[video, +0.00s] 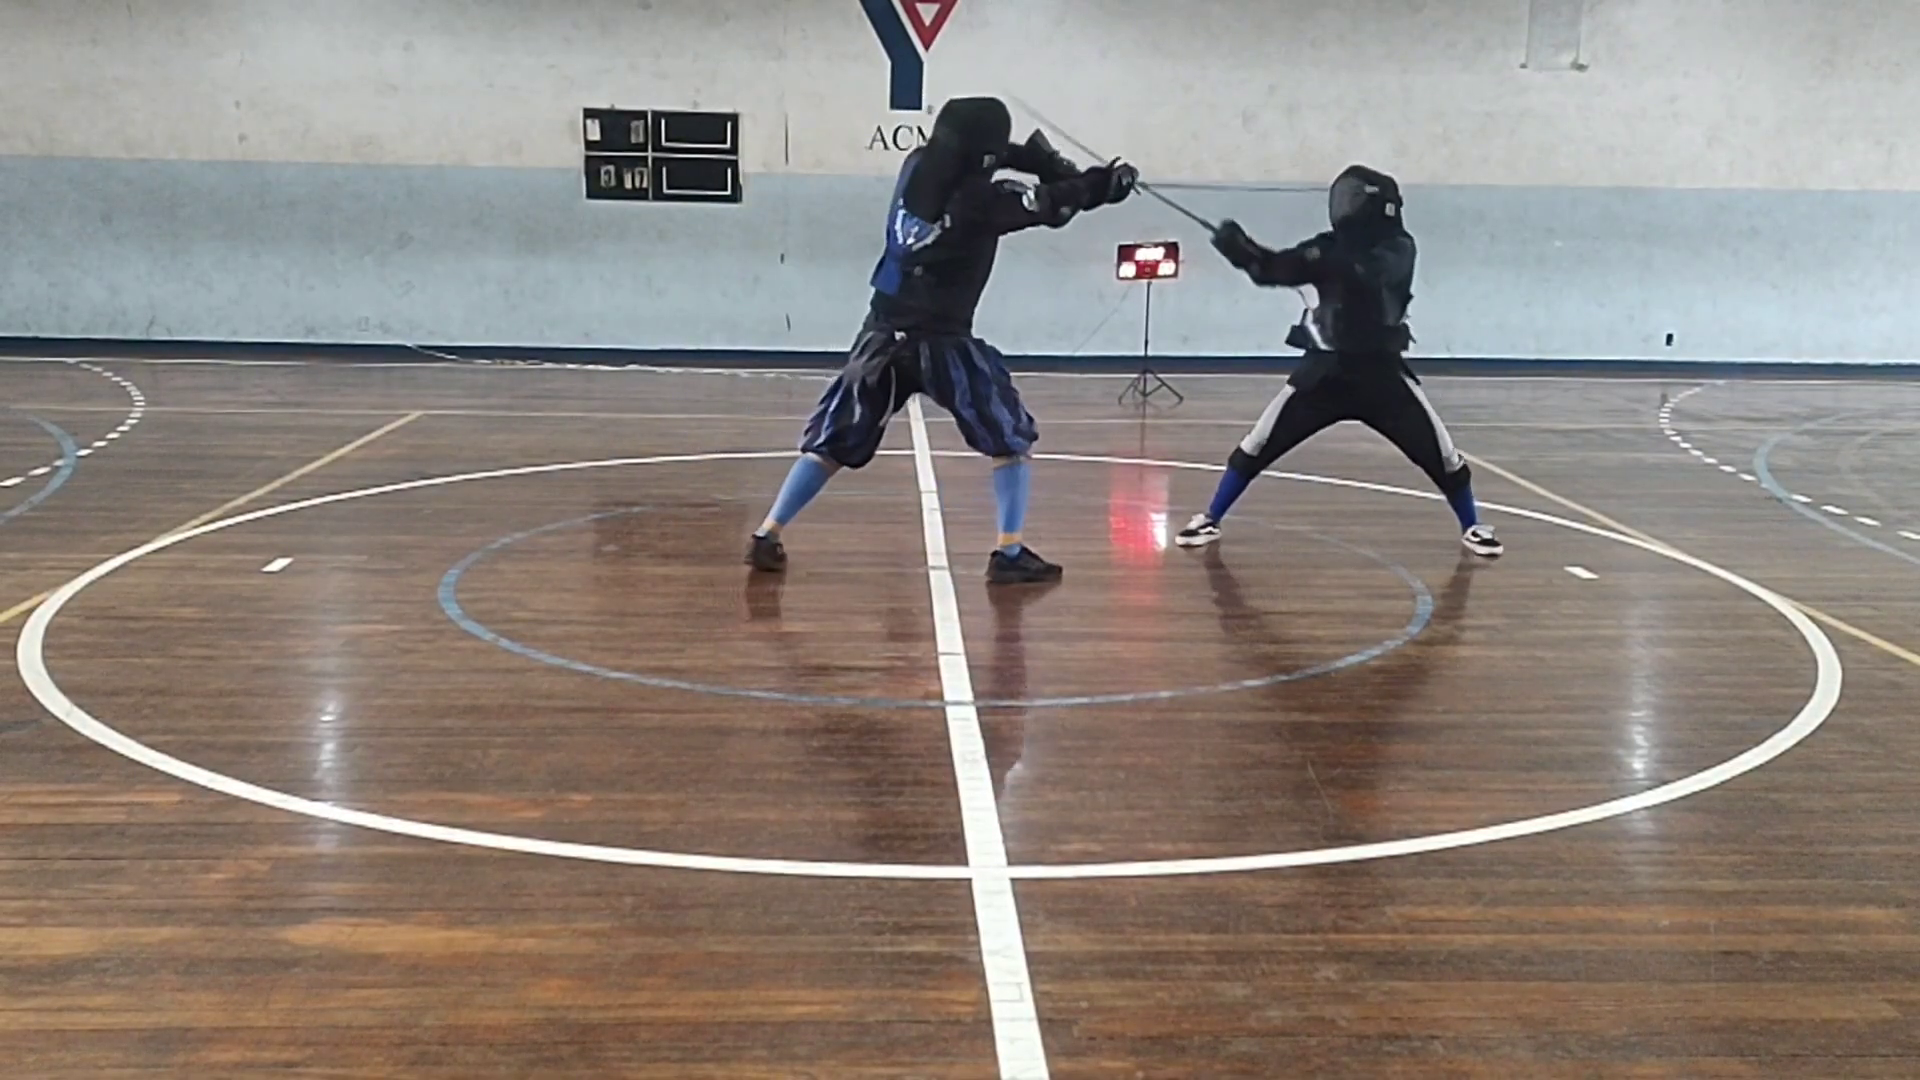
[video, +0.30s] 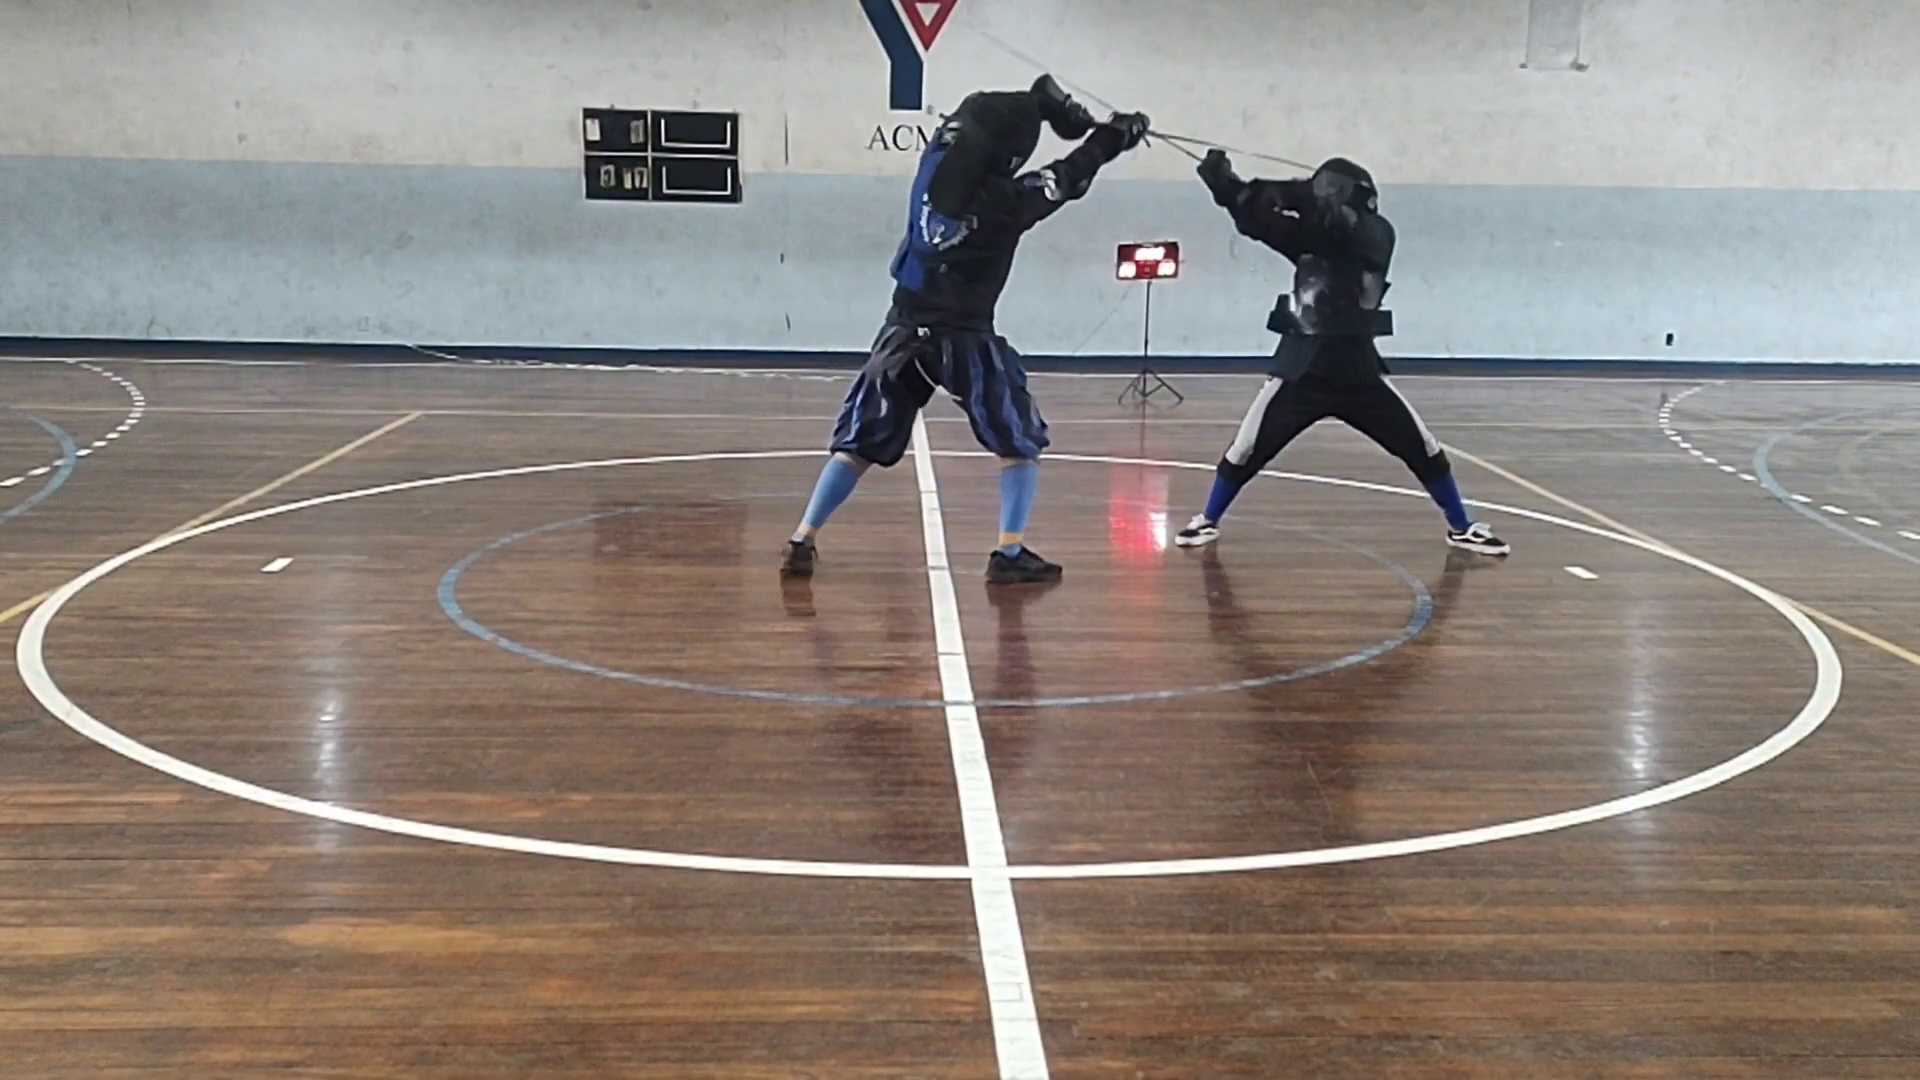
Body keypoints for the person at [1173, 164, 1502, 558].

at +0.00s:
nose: (1343, 206)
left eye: (1353, 198)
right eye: (1341, 198)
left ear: (1376, 204)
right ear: (1340, 205)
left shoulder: (1399, 247)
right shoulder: (1328, 246)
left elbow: (1358, 270)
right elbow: (1277, 270)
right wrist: (1244, 252)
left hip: (1383, 374)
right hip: (1322, 373)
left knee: (1442, 455)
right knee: (1258, 445)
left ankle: (1472, 527)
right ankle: (1210, 519)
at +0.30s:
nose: (1322, 198)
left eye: (1330, 191)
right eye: (1320, 191)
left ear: (1350, 193)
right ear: (1319, 192)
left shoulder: (1379, 234)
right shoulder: (1305, 232)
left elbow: (1335, 221)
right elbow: (1255, 219)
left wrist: (1307, 192)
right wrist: (1225, 185)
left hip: (1359, 372)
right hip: (1300, 371)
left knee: (1424, 451)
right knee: (1247, 449)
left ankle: (1461, 528)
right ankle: (1208, 521)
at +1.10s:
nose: (1324, 175)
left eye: (1336, 166)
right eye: (1319, 165)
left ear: (1355, 174)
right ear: (1310, 169)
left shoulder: (1368, 216)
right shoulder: (1291, 213)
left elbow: (1362, 240)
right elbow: (1246, 259)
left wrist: (1316, 211)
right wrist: (1233, 225)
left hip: (1337, 347)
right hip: (1278, 343)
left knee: (1372, 439)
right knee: (1237, 431)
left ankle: (1391, 523)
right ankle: (1207, 518)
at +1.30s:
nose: (1327, 180)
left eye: (1338, 171)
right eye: (1322, 171)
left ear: (1361, 177)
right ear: (1313, 176)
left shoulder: (1379, 224)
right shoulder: (1303, 227)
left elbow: (1422, 241)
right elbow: (1286, 299)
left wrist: (1362, 223)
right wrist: (1296, 250)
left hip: (1344, 351)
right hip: (1289, 345)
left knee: (1352, 443)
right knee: (1241, 430)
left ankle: (1375, 524)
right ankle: (1206, 515)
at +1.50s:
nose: (1343, 178)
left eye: (1353, 169)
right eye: (1339, 169)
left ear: (1379, 173)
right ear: (1335, 174)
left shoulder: (1405, 216)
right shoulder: (1330, 226)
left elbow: (1445, 227)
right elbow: (1320, 301)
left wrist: (1381, 221)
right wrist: (1319, 256)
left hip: (1382, 336)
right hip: (1330, 335)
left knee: (1376, 439)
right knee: (1277, 424)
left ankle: (1379, 525)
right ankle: (1226, 508)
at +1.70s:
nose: (1367, 202)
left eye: (1378, 193)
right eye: (1367, 193)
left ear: (1406, 200)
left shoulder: (1433, 241)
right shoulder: (1361, 257)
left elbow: (1469, 278)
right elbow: (1361, 329)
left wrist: (1419, 272)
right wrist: (1348, 290)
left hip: (1438, 362)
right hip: (1382, 366)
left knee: (1472, 450)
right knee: (1325, 440)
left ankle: (1501, 515)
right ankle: (1276, 513)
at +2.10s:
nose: (1378, 194)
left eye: (1389, 186)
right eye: (1379, 185)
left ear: (1418, 194)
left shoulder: (1443, 237)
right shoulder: (1373, 244)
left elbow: (1476, 289)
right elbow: (1359, 316)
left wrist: (1414, 296)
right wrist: (1359, 290)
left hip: (1444, 362)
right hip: (1387, 362)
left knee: (1486, 442)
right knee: (1328, 427)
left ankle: (1504, 515)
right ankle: (1305, 511)